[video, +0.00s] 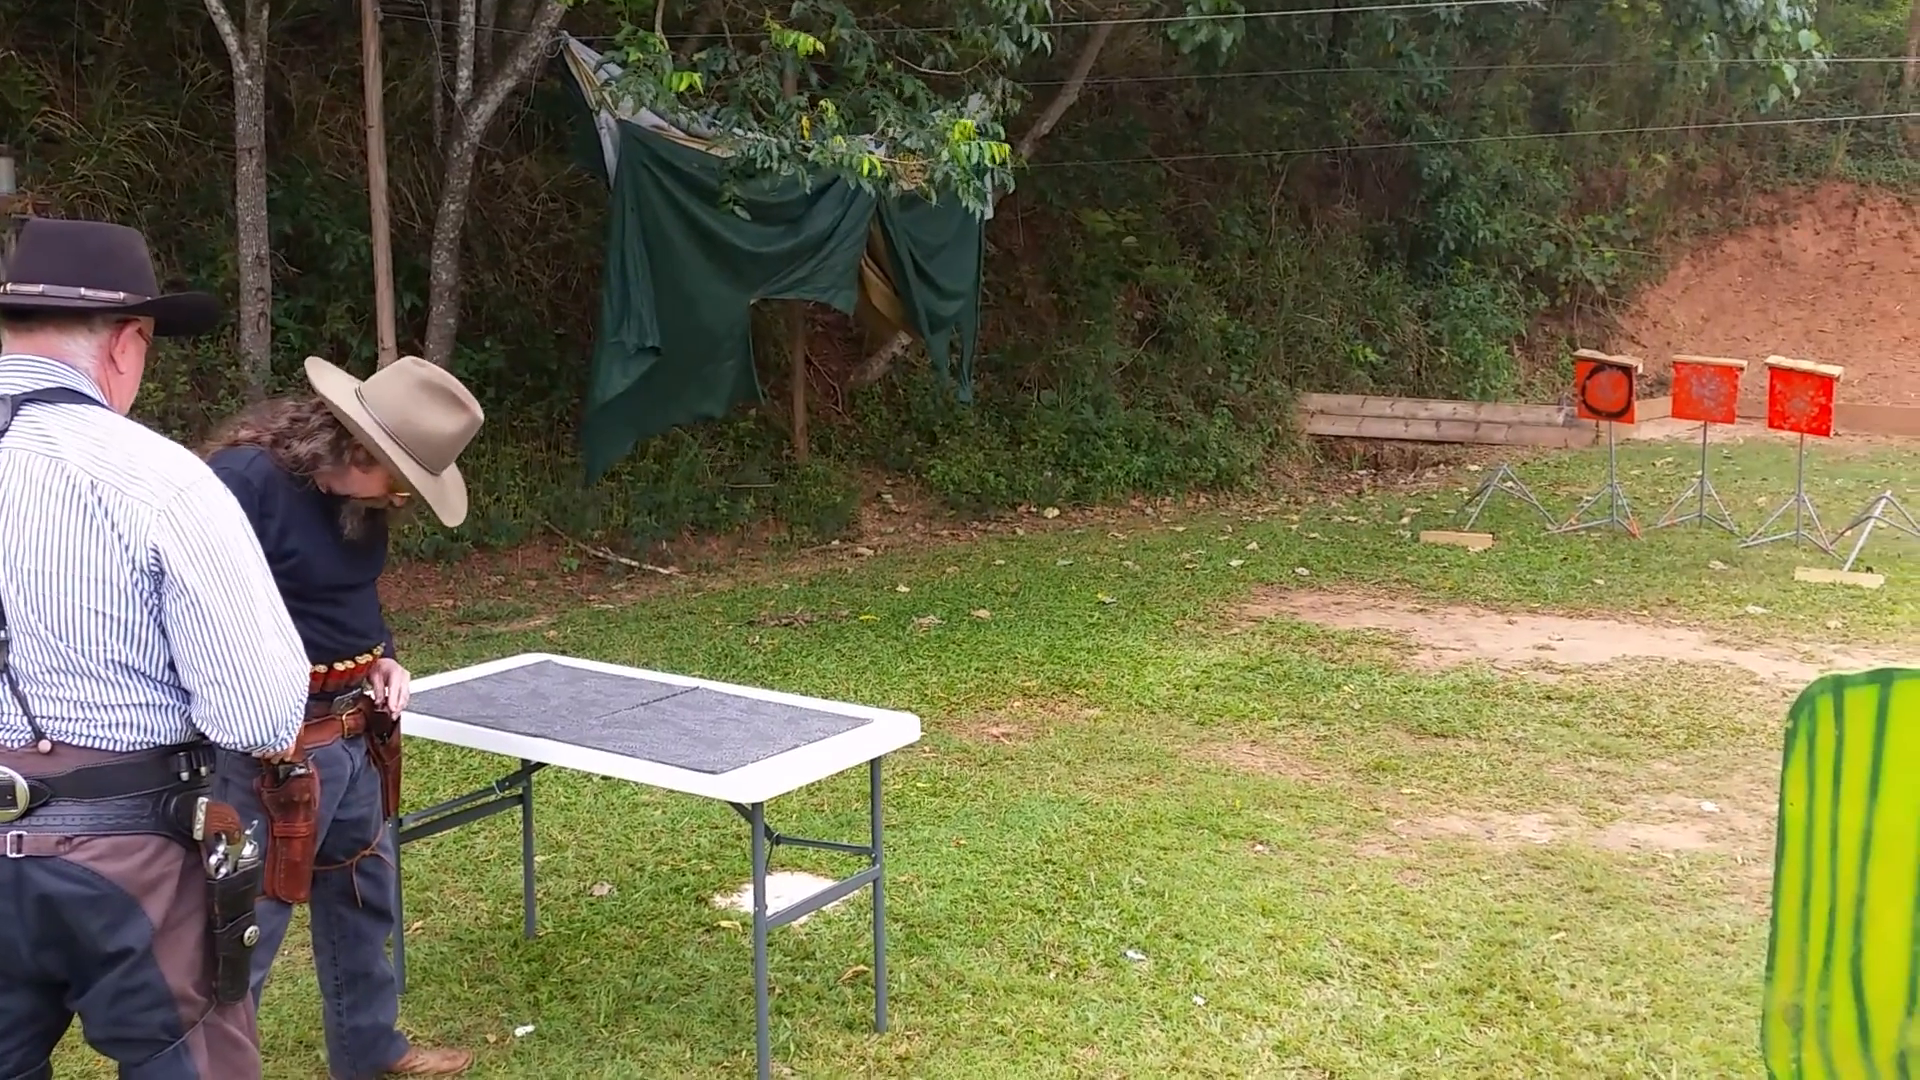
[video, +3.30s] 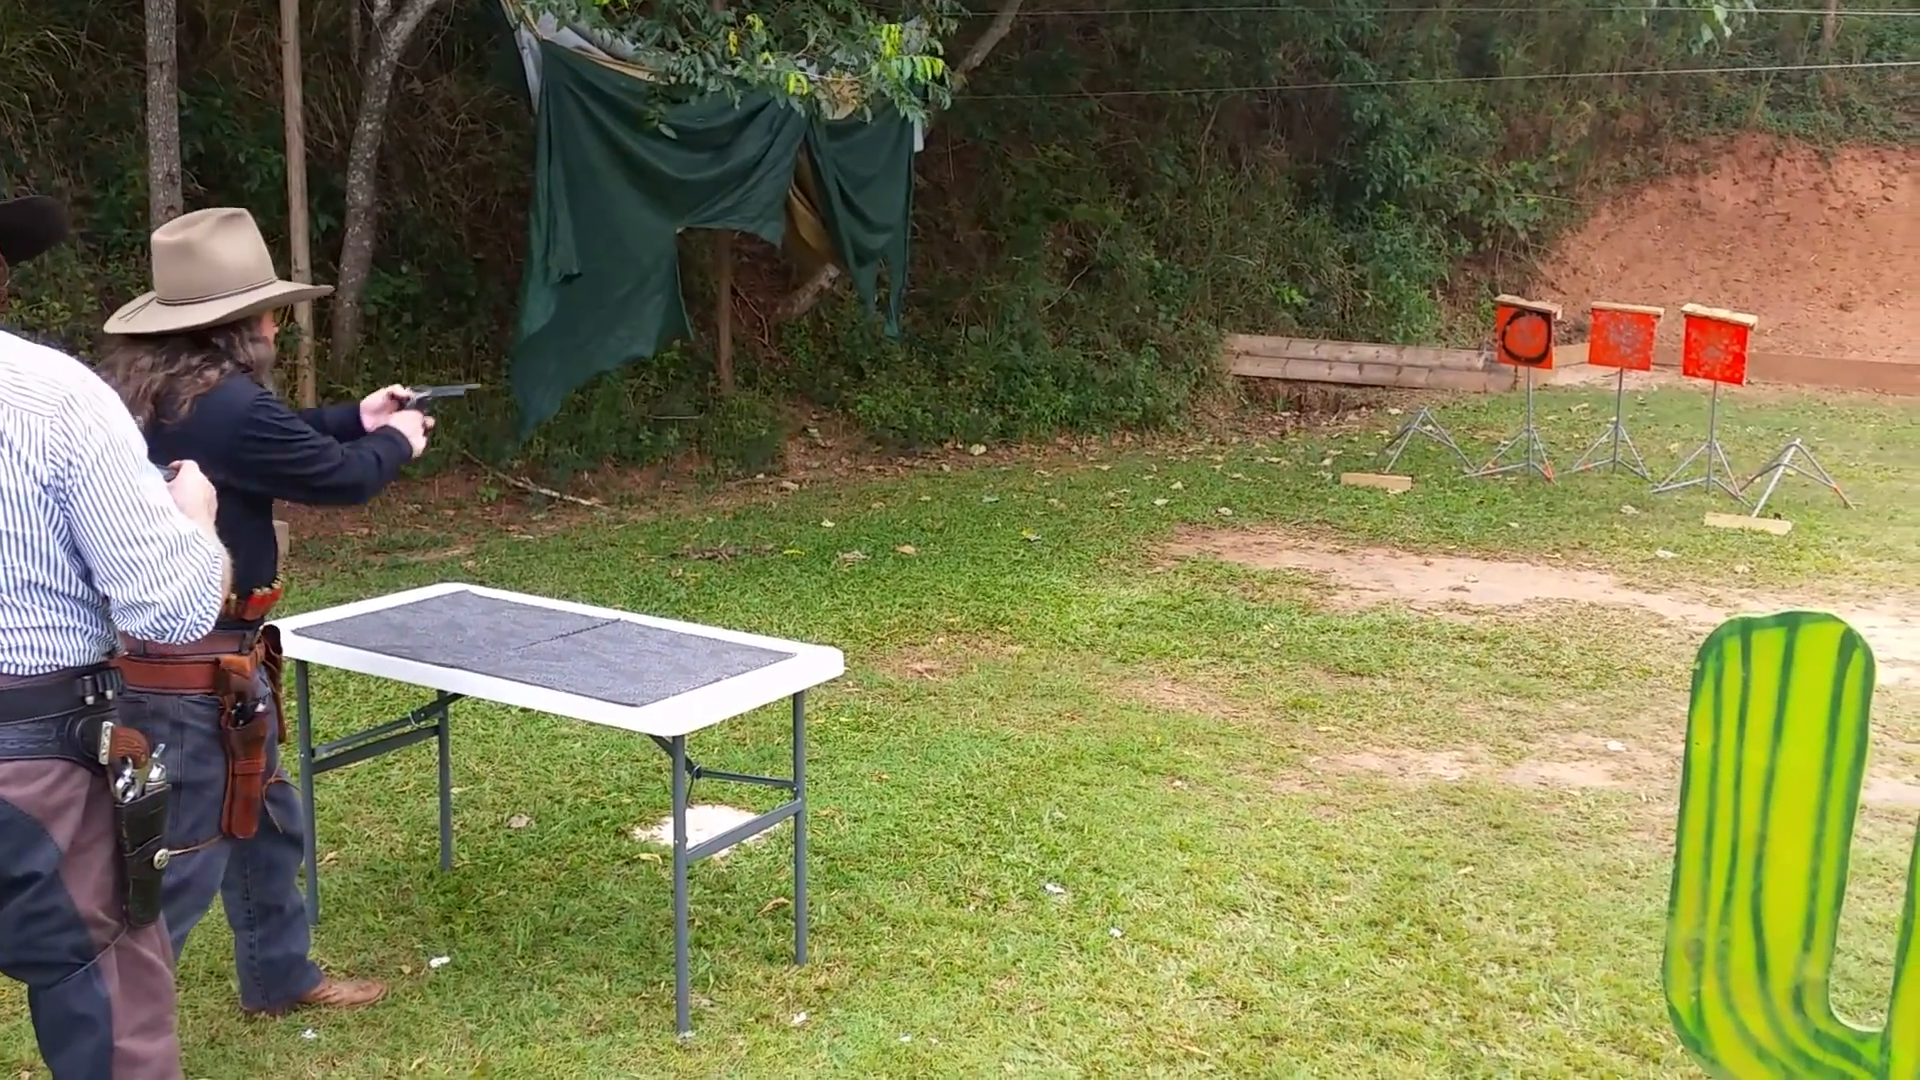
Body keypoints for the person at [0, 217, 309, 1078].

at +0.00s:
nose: (142, 370)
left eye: (147, 347)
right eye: (146, 347)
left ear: (9, 333)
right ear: (120, 346)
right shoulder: (153, 474)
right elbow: (263, 714)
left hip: (1, 825)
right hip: (118, 838)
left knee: (11, 1059)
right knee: (195, 1059)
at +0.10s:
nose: (142, 367)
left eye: (147, 344)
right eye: (145, 344)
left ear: (11, 328)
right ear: (120, 342)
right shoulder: (152, 469)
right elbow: (263, 707)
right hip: (118, 831)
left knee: (13, 1057)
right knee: (194, 1059)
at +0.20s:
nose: (139, 359)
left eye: (143, 336)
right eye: (142, 336)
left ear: (9, 322)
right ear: (116, 335)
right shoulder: (151, 464)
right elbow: (262, 704)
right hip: (114, 830)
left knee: (10, 1059)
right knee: (189, 1061)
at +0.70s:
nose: (138, 327)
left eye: (138, 306)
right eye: (138, 305)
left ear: (1, 294)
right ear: (110, 303)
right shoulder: (144, 425)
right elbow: (311, 635)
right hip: (116, 786)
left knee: (6, 1040)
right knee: (191, 1048)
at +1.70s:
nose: (96, 299)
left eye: (97, 276)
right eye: (97, 276)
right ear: (80, 284)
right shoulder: (128, 417)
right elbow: (301, 559)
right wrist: (285, 482)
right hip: (90, 771)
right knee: (158, 1040)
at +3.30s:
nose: (20, 271)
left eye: (16, 262)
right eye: (18, 261)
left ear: (8, 266)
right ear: (12, 265)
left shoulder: (49, 390)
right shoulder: (46, 391)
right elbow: (172, 607)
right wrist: (197, 521)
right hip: (33, 754)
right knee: (113, 1028)